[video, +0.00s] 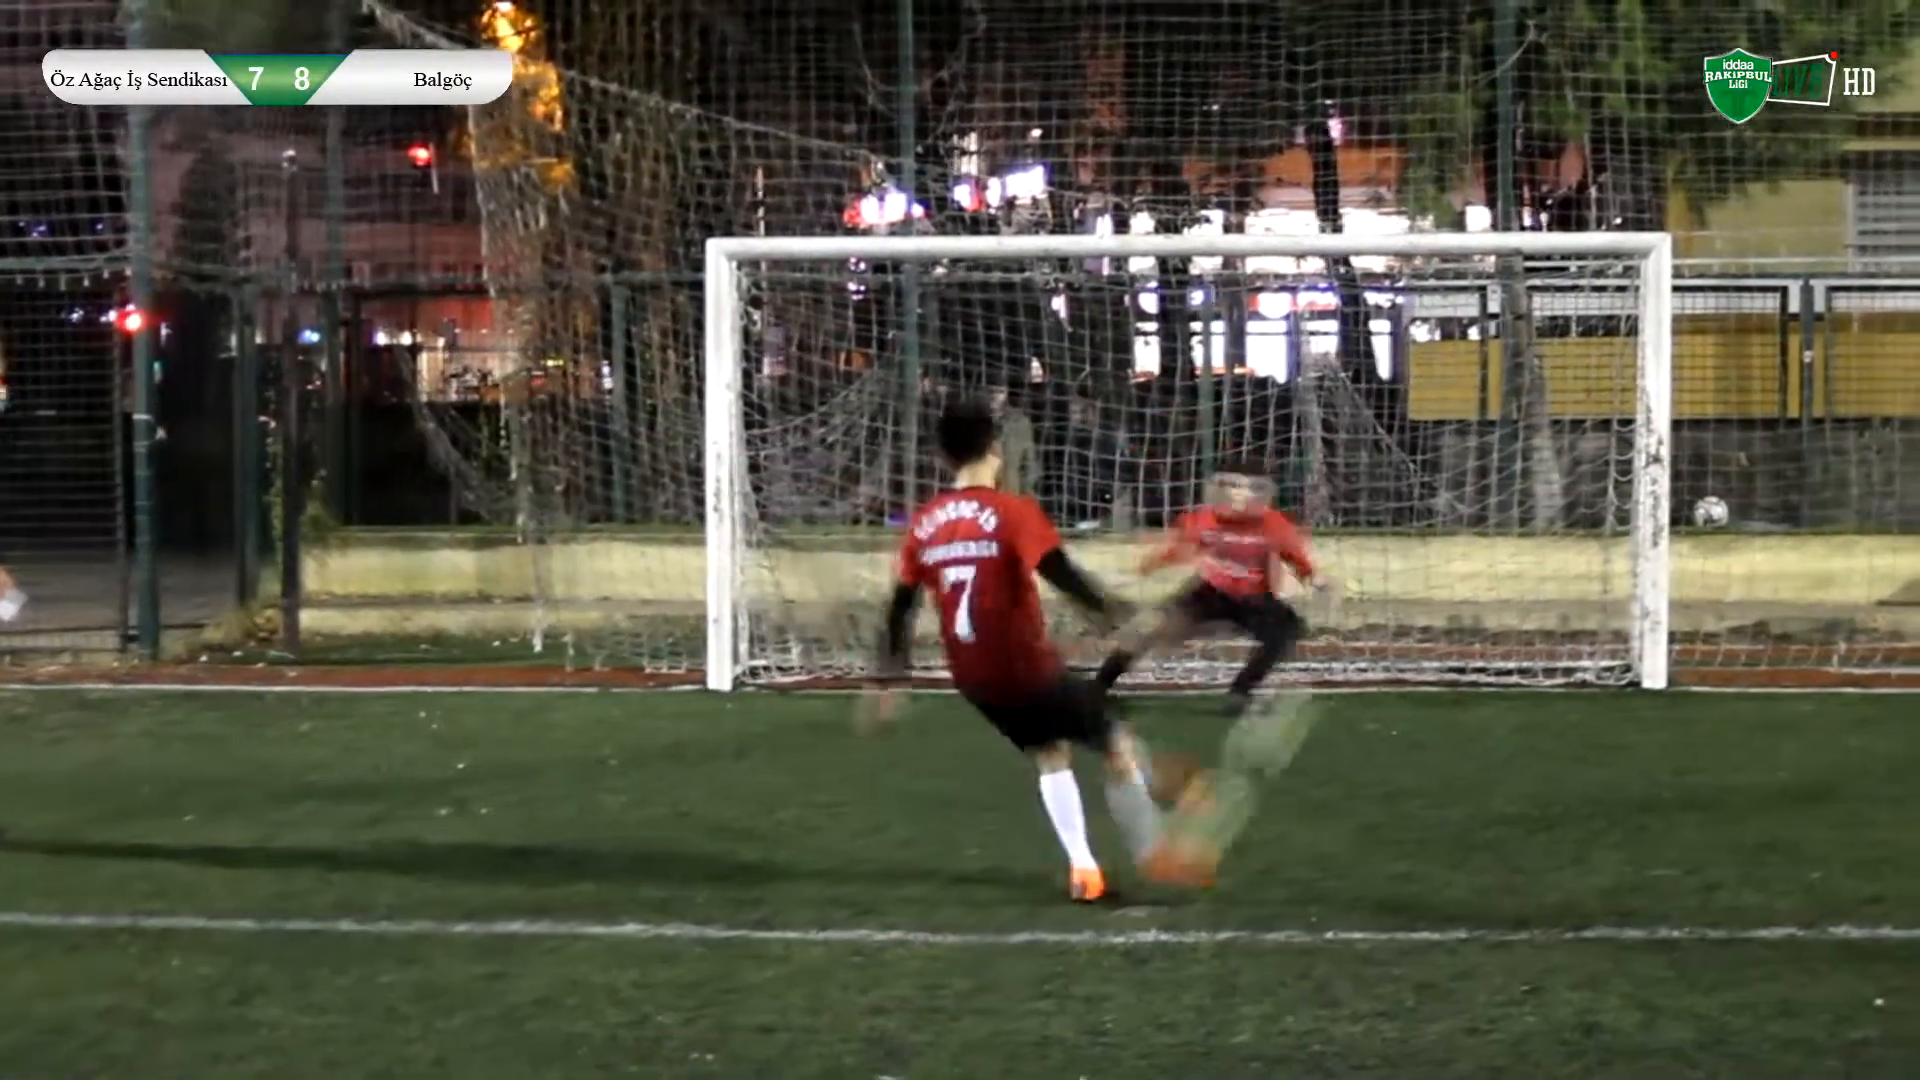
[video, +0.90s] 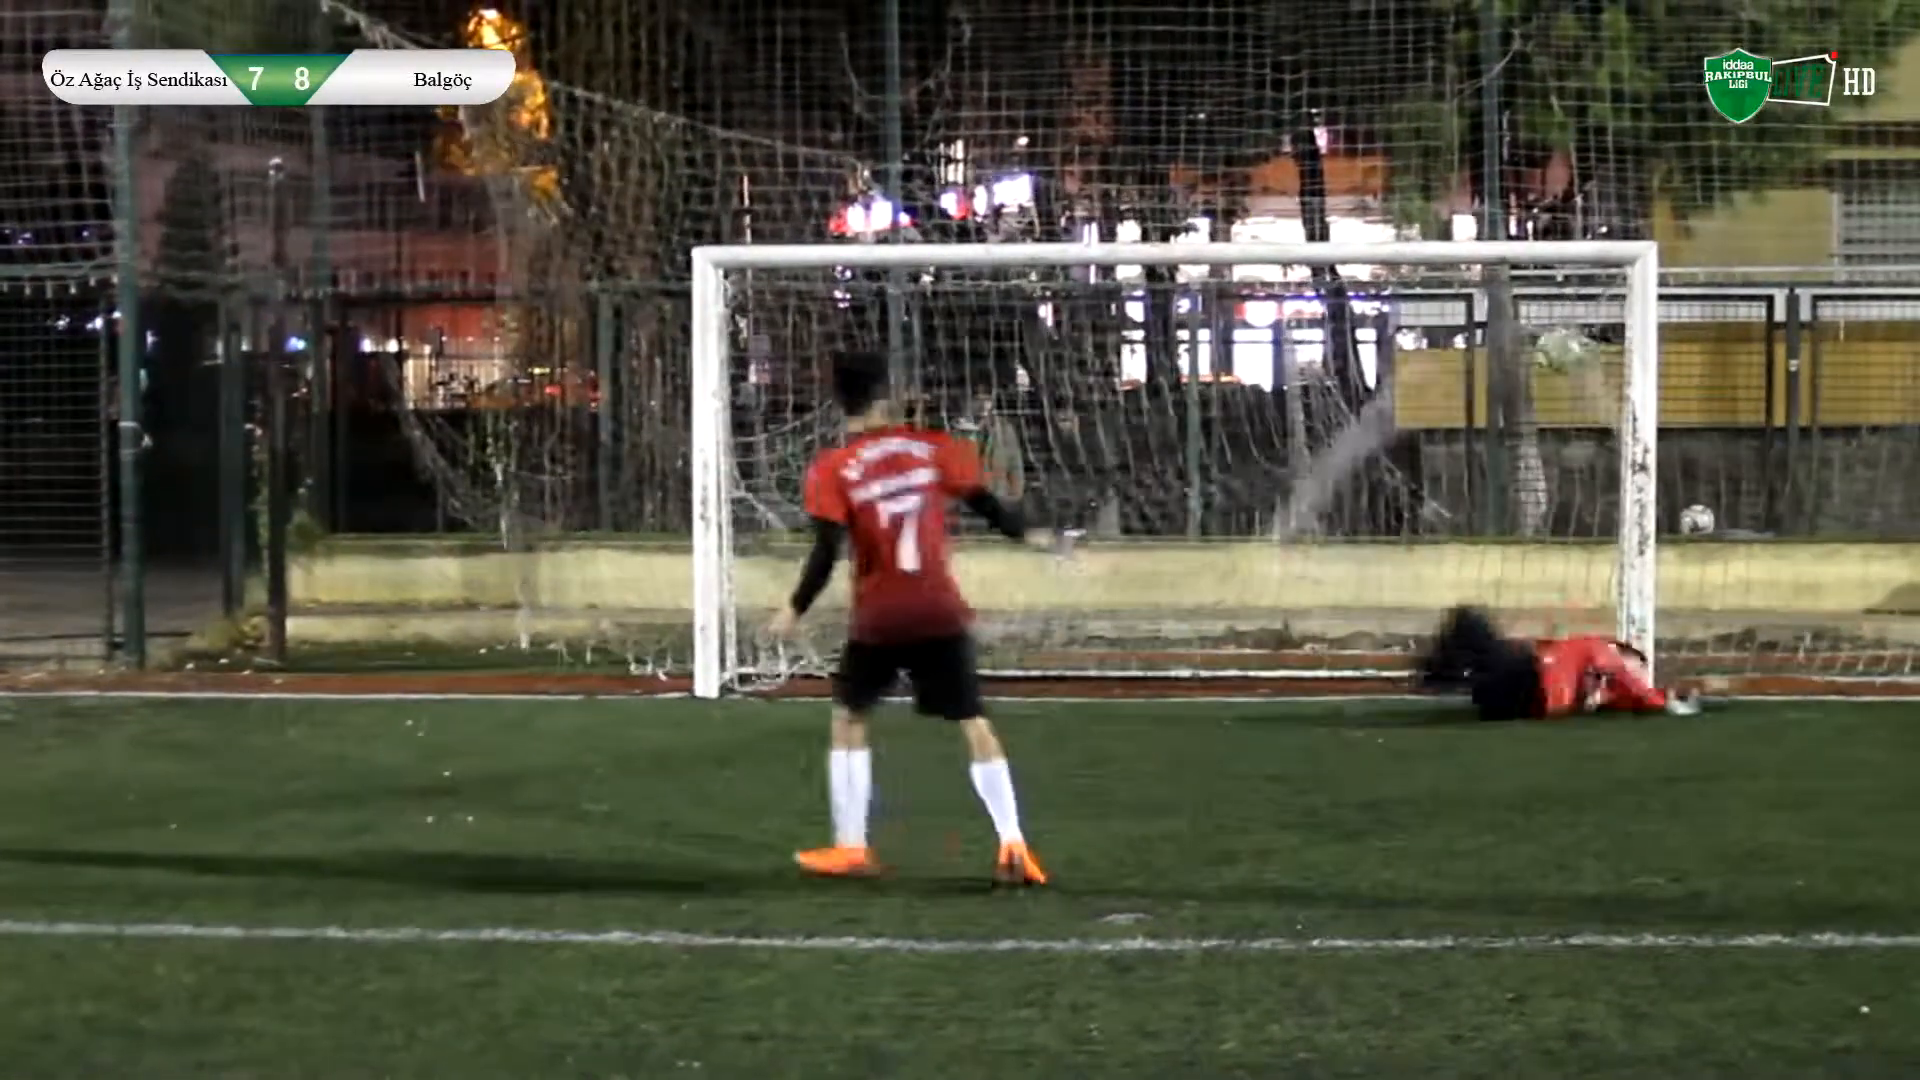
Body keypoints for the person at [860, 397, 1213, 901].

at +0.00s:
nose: (1001, 455)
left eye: (997, 448)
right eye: (998, 448)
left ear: (945, 456)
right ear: (992, 450)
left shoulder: (926, 520)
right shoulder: (1012, 510)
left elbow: (900, 604)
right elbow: (1055, 567)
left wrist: (891, 672)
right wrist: (1110, 609)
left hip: (973, 677)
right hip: (1028, 669)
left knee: (1048, 748)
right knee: (1114, 734)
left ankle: (1082, 865)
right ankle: (1151, 850)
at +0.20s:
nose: (1010, 443)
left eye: (1004, 435)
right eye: (1008, 435)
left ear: (955, 439)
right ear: (1001, 439)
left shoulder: (926, 496)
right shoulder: (1010, 505)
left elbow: (901, 570)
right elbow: (1038, 585)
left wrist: (919, 608)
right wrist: (1074, 641)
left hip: (956, 655)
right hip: (1013, 646)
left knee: (1029, 746)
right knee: (1061, 673)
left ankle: (1074, 862)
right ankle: (1072, 727)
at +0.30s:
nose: (1004, 427)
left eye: (1000, 419)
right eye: (1002, 419)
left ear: (949, 423)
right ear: (992, 423)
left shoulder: (915, 477)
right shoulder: (1003, 490)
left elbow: (888, 543)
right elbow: (1019, 575)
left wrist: (937, 554)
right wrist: (1050, 650)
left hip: (952, 639)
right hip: (1006, 631)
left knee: (1015, 747)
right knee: (1057, 670)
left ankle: (1065, 858)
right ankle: (1056, 764)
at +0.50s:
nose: (968, 402)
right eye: (966, 394)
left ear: (912, 398)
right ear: (962, 398)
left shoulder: (883, 458)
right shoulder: (984, 464)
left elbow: (849, 539)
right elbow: (1002, 547)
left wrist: (880, 508)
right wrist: (1039, 615)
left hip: (925, 618)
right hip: (982, 615)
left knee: (961, 727)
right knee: (1002, 711)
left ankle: (1010, 828)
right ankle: (1012, 832)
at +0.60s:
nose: (958, 401)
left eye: (950, 393)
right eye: (956, 393)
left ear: (901, 400)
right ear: (949, 397)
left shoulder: (875, 465)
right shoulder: (979, 458)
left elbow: (847, 540)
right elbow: (1011, 532)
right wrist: (1047, 580)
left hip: (919, 626)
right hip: (977, 621)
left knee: (924, 729)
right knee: (992, 724)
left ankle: (962, 819)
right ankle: (1009, 850)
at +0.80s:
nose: (918, 403)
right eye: (916, 395)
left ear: (863, 403)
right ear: (913, 398)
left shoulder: (848, 468)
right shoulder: (952, 451)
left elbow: (835, 553)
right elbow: (1012, 512)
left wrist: (800, 609)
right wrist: (1060, 547)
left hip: (897, 624)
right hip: (958, 618)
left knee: (873, 717)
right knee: (982, 725)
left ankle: (884, 831)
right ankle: (1014, 847)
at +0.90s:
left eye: (850, 399)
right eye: (886, 395)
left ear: (841, 401)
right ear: (890, 396)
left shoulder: (831, 466)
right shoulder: (934, 448)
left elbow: (827, 549)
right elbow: (995, 510)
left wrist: (795, 608)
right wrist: (1022, 521)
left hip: (877, 622)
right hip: (940, 616)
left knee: (849, 716)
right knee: (973, 720)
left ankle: (850, 842)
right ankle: (1013, 839)